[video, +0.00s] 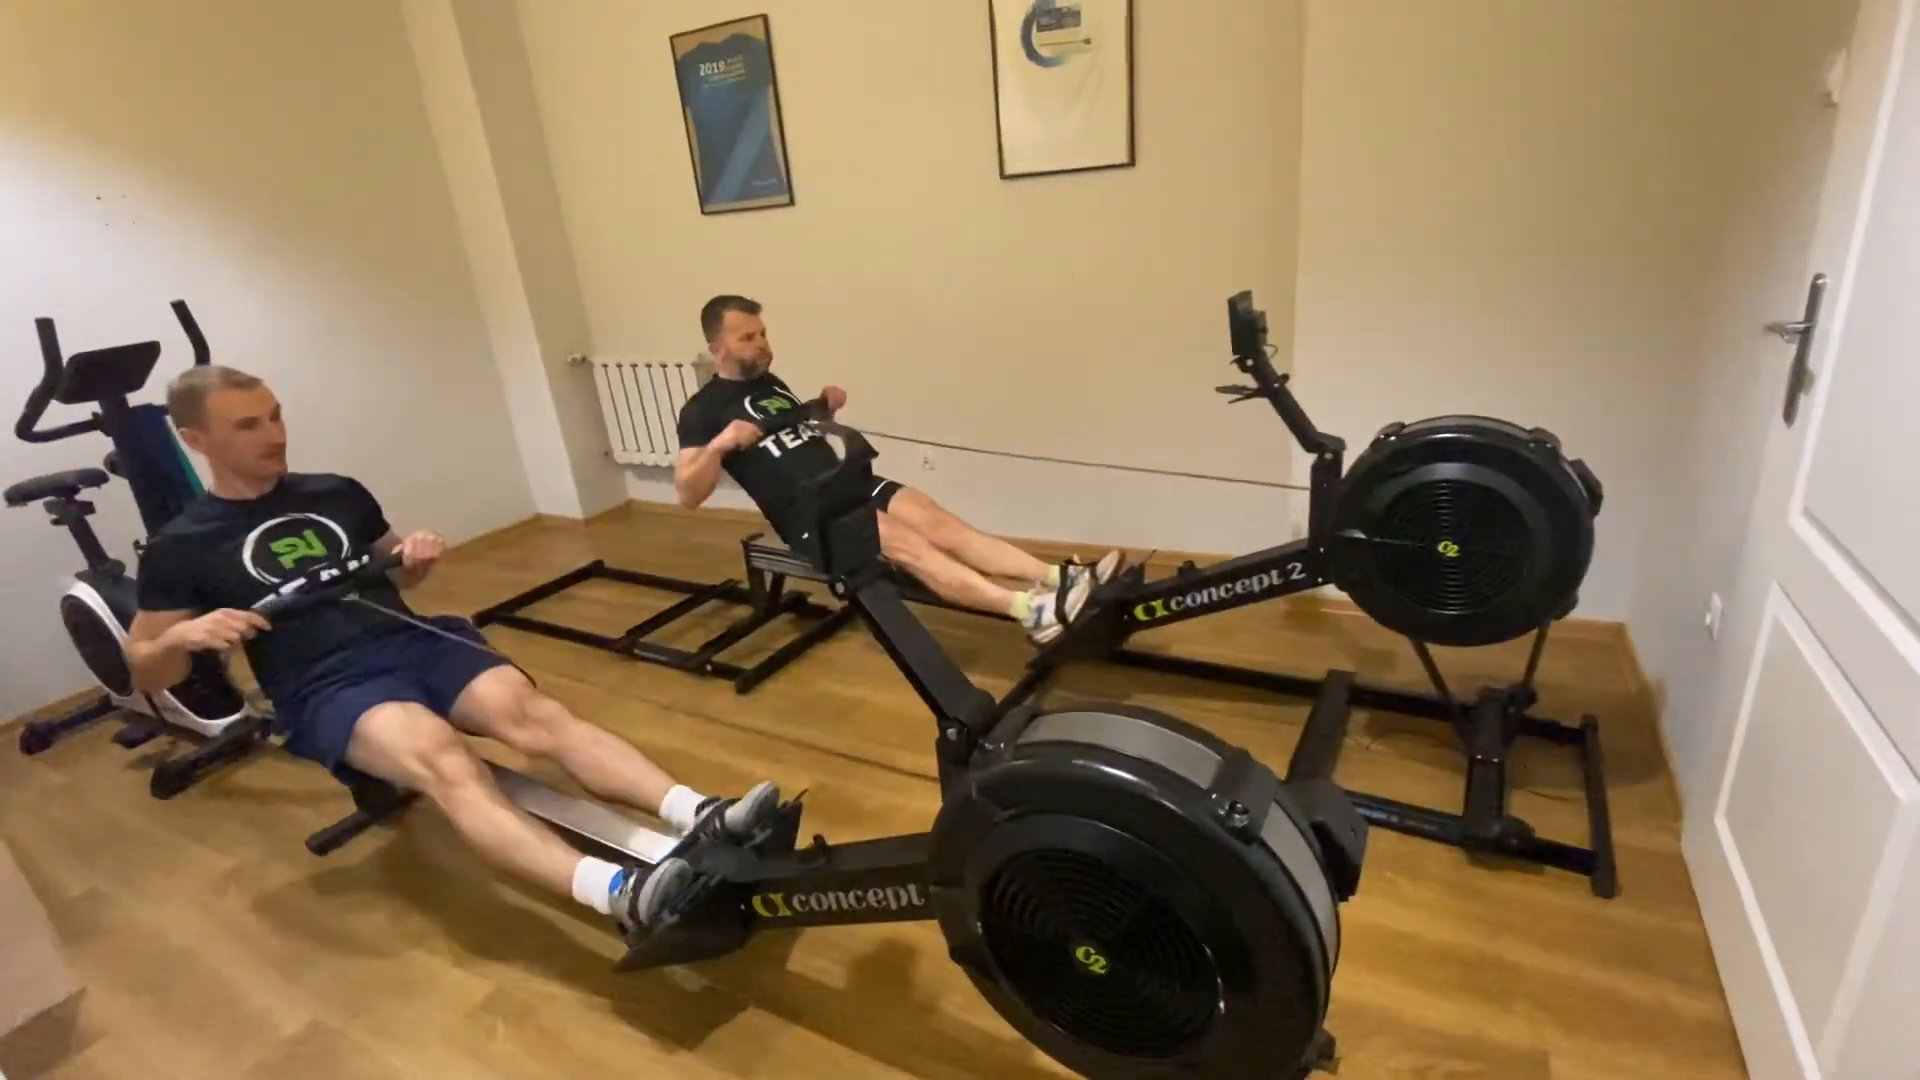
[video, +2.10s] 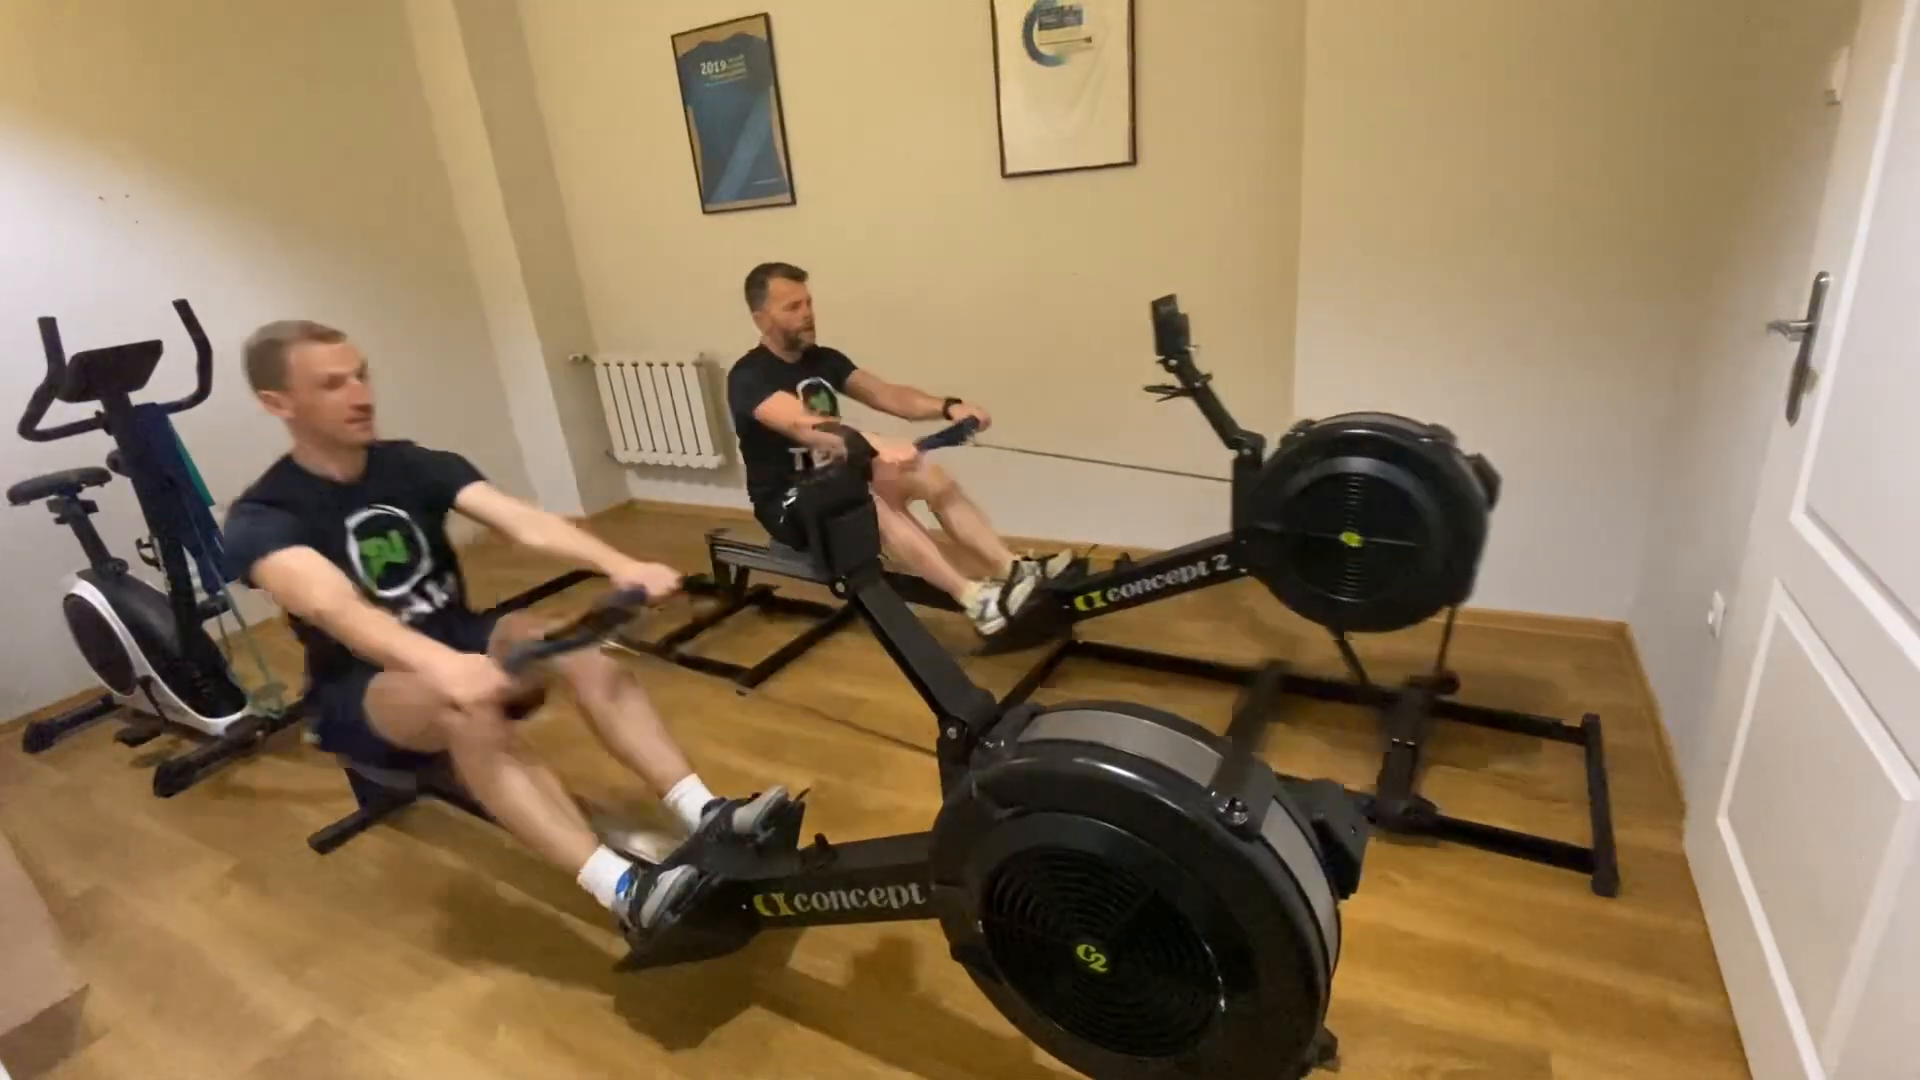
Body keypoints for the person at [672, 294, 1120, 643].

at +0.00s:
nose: (763, 347)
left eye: (763, 335)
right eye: (750, 338)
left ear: (760, 333)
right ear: (716, 346)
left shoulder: (769, 383)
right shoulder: (701, 410)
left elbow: (796, 432)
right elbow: (687, 492)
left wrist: (821, 408)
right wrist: (718, 446)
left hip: (856, 485)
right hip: (816, 517)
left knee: (940, 522)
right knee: (910, 548)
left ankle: (1061, 579)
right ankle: (1030, 611)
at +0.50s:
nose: (789, 323)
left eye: (789, 312)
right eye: (776, 315)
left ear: (791, 312)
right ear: (743, 324)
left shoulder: (800, 365)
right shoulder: (726, 387)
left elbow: (843, 411)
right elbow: (718, 468)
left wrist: (879, 408)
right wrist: (778, 446)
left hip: (844, 485)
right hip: (798, 510)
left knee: (928, 481)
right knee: (891, 504)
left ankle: (1023, 575)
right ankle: (993, 604)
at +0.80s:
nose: (811, 320)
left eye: (811, 309)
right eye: (798, 313)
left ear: (814, 307)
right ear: (764, 324)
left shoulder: (821, 365)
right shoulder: (748, 381)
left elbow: (879, 407)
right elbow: (754, 462)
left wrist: (925, 412)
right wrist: (819, 458)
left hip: (847, 484)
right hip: (794, 503)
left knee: (927, 463)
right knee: (881, 479)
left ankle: (990, 566)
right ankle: (953, 594)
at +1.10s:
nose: (835, 328)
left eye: (836, 316)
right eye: (821, 320)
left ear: (840, 313)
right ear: (789, 330)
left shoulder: (845, 368)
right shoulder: (768, 384)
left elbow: (908, 406)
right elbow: (795, 458)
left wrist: (963, 422)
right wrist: (868, 474)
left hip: (846, 487)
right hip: (791, 510)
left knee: (911, 441)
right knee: (863, 487)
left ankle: (957, 561)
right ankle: (920, 583)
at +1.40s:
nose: (857, 331)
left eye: (857, 320)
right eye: (843, 323)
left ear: (861, 319)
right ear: (808, 335)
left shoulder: (867, 371)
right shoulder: (791, 390)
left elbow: (941, 405)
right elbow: (842, 453)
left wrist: (1002, 429)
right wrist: (923, 480)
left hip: (848, 499)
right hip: (793, 517)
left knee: (913, 425)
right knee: (837, 457)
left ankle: (938, 551)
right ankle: (883, 573)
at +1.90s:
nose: (849, 324)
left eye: (848, 314)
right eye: (835, 318)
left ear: (852, 312)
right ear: (803, 333)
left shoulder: (857, 370)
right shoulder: (788, 391)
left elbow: (933, 405)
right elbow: (856, 443)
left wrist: (998, 422)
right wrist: (933, 466)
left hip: (845, 488)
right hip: (790, 508)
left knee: (919, 440)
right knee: (849, 478)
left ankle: (968, 561)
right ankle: (924, 587)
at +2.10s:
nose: (806, 315)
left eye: (807, 303)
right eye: (792, 307)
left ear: (811, 302)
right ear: (759, 316)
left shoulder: (821, 360)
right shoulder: (749, 377)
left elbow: (885, 395)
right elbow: (807, 429)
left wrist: (947, 407)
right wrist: (876, 445)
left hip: (844, 479)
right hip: (791, 503)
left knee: (932, 476)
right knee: (872, 508)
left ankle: (1013, 570)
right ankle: (975, 600)